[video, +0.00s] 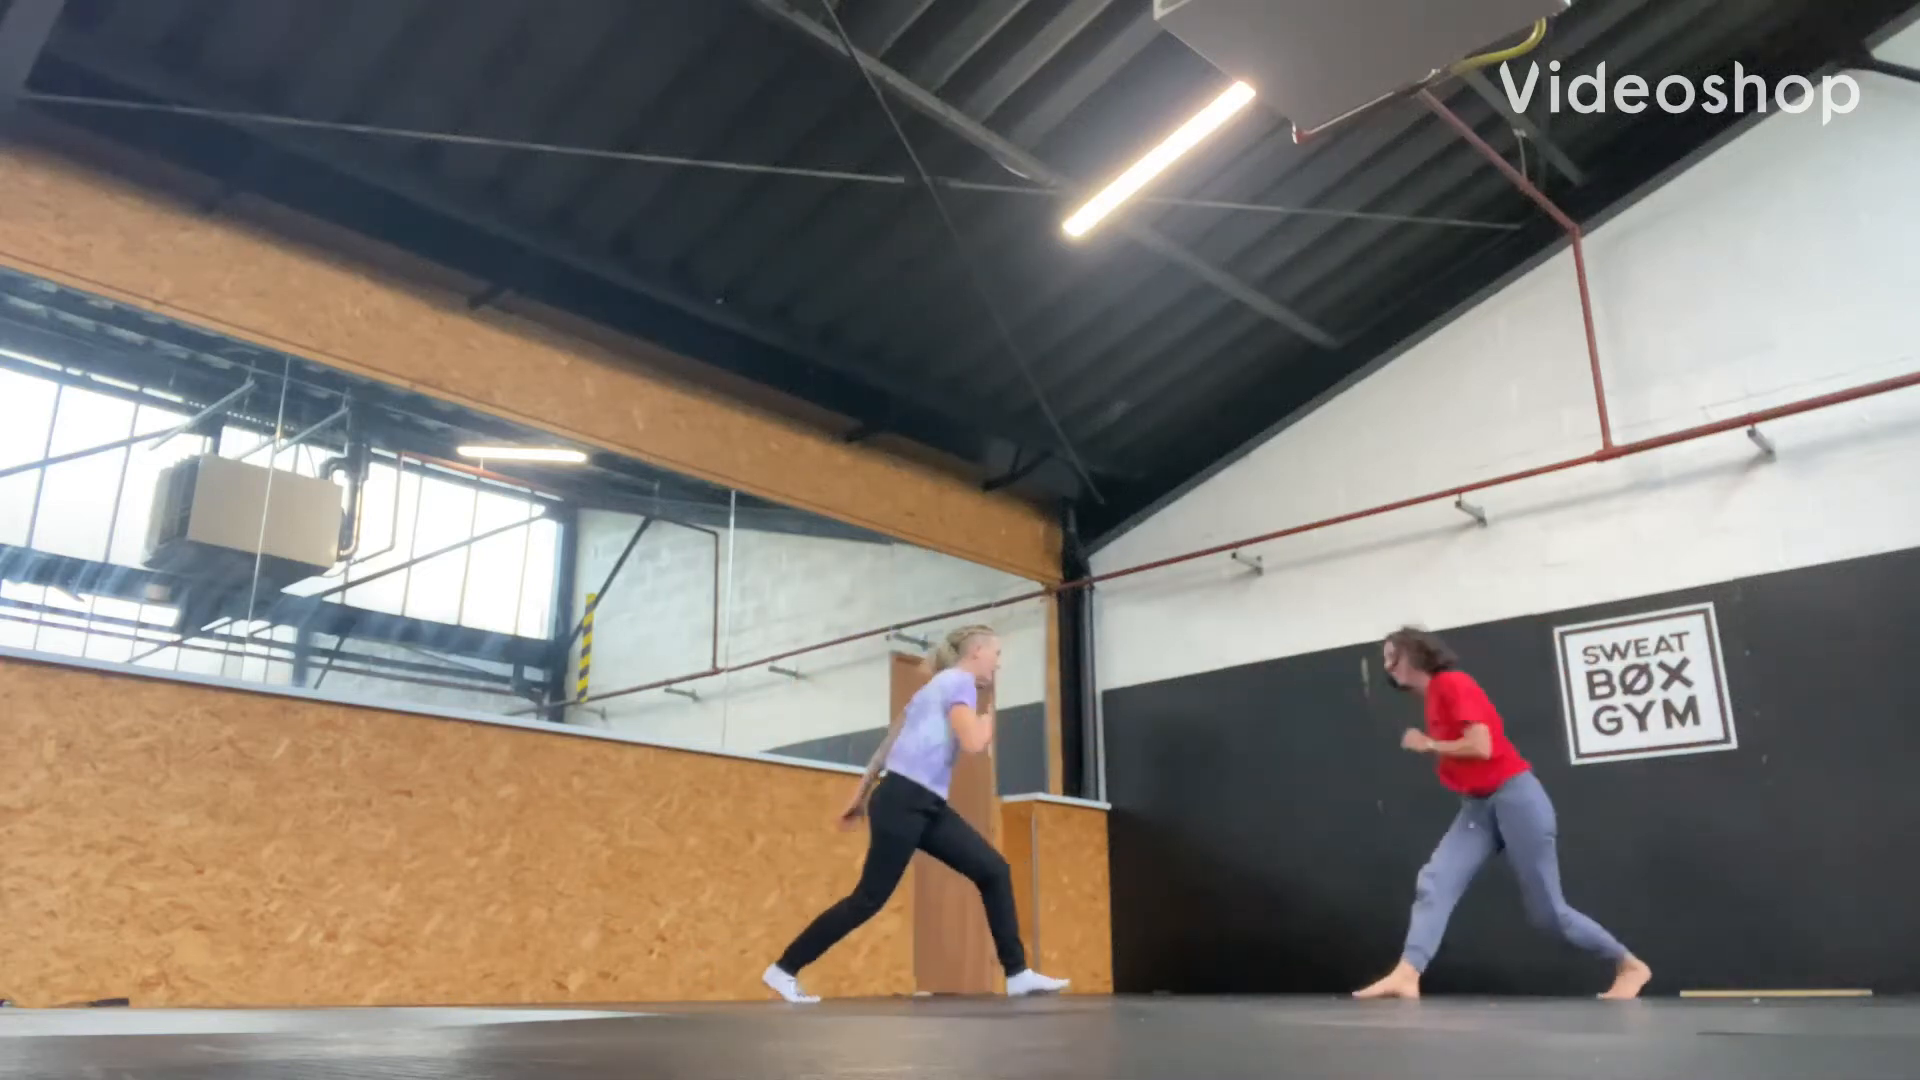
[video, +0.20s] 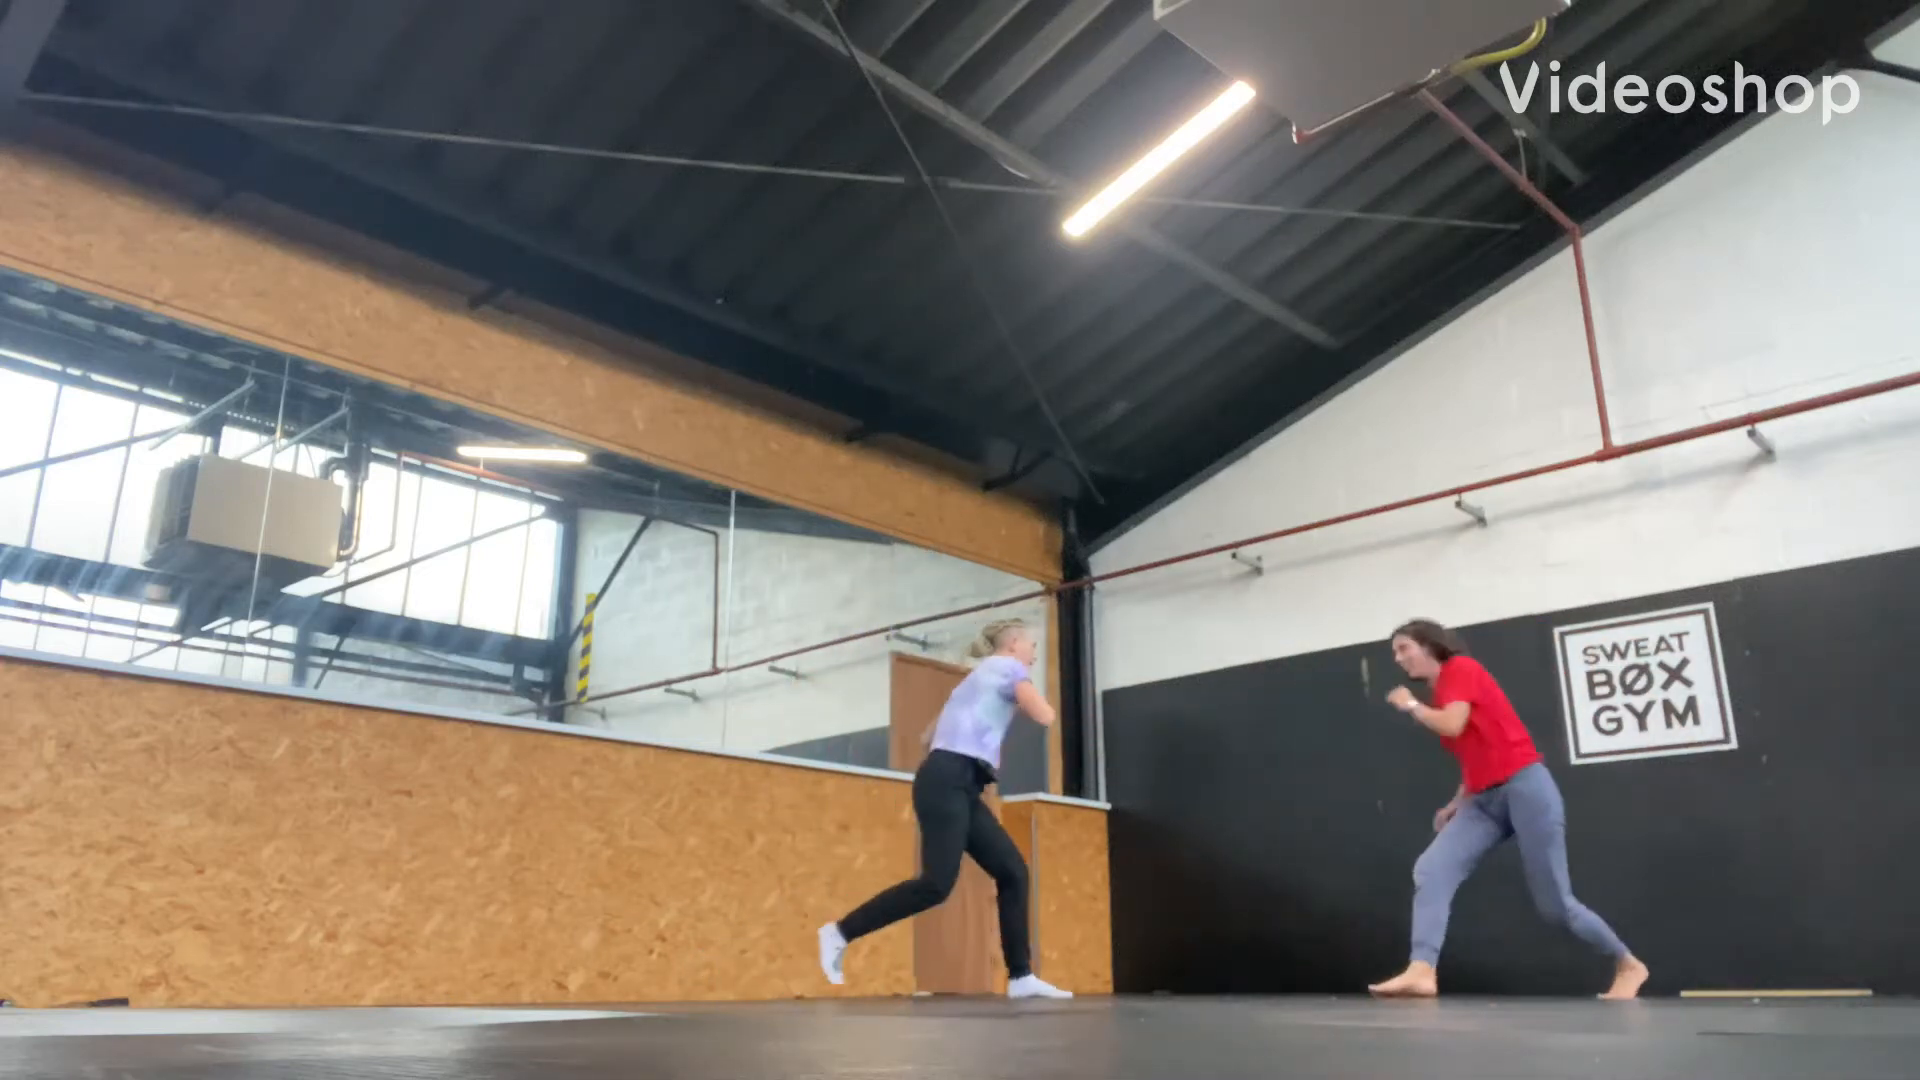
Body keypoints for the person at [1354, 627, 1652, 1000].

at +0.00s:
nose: (1389, 671)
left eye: (1393, 661)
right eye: (1387, 663)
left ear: (1414, 657)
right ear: (1411, 662)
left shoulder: (1454, 684)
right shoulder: (1435, 696)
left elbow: (1481, 745)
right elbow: (1472, 743)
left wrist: (1429, 744)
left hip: (1517, 798)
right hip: (1480, 806)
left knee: (1546, 912)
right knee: (1436, 882)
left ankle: (1630, 966)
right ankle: (1407, 974)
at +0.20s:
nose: (1399, 659)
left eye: (1404, 649)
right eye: (1396, 653)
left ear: (1427, 645)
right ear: (1412, 656)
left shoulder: (1461, 668)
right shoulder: (1444, 690)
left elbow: (1452, 723)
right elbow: (1478, 758)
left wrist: (1413, 707)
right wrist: (1459, 804)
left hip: (1527, 788)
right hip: (1485, 801)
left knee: (1555, 904)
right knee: (1433, 870)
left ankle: (1629, 964)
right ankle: (1422, 970)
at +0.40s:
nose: (1356, 670)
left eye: (1359, 659)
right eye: (1353, 664)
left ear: (1382, 650)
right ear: (1388, 655)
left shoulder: (1393, 665)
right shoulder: (1415, 680)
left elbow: (1367, 728)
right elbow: (1450, 757)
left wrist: (1376, 689)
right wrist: (1396, 779)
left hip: (1498, 761)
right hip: (1472, 779)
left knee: (1532, 877)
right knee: (1441, 869)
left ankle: (1620, 944)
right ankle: (1451, 975)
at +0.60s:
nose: (1326, 708)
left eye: (1326, 698)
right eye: (1322, 702)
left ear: (1344, 687)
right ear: (1354, 687)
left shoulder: (1367, 698)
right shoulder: (1388, 706)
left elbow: (1363, 769)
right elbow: (1431, 783)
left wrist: (1359, 731)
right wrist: (1380, 822)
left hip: (1491, 770)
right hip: (1463, 790)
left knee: (1508, 874)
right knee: (1423, 871)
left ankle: (1611, 955)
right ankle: (1449, 977)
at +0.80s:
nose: (1330, 725)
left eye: (1330, 714)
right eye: (1326, 721)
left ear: (1343, 698)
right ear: (1339, 711)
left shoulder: (1387, 699)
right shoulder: (1385, 736)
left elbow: (1337, 695)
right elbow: (1439, 795)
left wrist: (1299, 712)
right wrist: (1388, 825)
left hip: (1501, 782)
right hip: (1466, 805)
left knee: (1504, 878)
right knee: (1412, 868)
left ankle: (1599, 971)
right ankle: (1444, 974)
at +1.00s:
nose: (1297, 720)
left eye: (1297, 710)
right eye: (1293, 714)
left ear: (1316, 700)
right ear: (1312, 710)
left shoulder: (1360, 702)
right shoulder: (1343, 745)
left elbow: (1399, 687)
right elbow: (1328, 796)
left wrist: (1412, 668)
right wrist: (1289, 751)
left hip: (1469, 785)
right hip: (1439, 809)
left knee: (1496, 889)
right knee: (1383, 881)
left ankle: (1598, 969)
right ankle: (1439, 978)